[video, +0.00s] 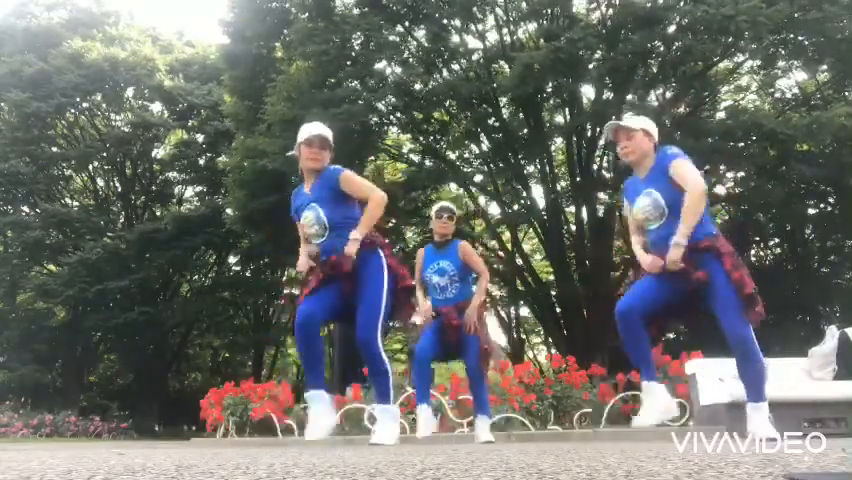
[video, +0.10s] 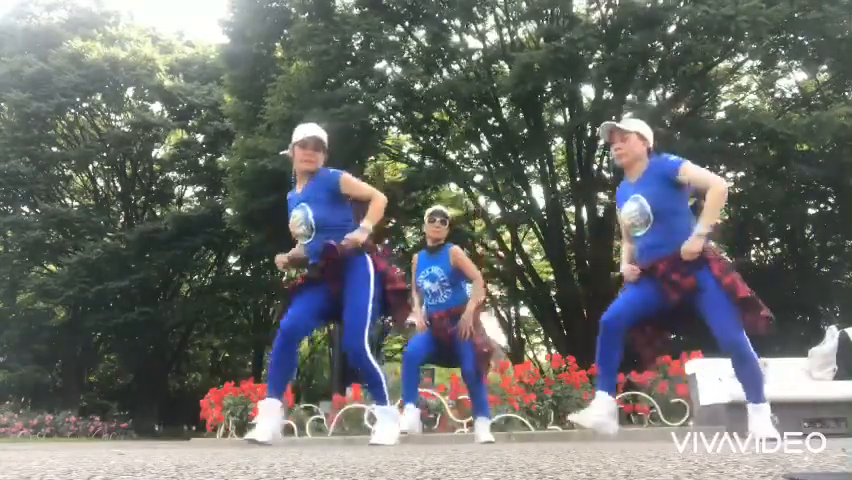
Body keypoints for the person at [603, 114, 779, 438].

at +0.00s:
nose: (623, 145)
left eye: (629, 137)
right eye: (618, 141)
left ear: (649, 138)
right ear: (617, 148)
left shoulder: (669, 158)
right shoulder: (630, 187)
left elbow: (697, 189)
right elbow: (635, 232)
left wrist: (679, 242)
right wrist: (642, 255)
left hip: (707, 260)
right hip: (668, 269)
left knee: (739, 333)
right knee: (626, 310)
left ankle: (758, 412)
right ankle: (655, 395)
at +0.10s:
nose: (615, 147)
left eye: (622, 139)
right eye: (612, 143)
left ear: (644, 142)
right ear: (611, 150)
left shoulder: (665, 166)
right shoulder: (622, 192)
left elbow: (717, 185)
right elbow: (627, 239)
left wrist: (700, 235)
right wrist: (626, 264)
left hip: (694, 267)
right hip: (652, 277)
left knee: (731, 338)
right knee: (611, 320)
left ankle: (760, 414)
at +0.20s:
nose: (611, 135)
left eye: (620, 128)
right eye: (609, 131)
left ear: (640, 138)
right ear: (607, 143)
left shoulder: (658, 166)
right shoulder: (605, 187)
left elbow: (705, 199)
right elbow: (607, 233)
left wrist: (704, 238)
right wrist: (606, 261)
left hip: (667, 266)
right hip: (627, 274)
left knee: (709, 340)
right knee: (591, 327)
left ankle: (757, 411)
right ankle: (587, 417)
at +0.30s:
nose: (611, 111)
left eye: (619, 106)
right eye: (608, 107)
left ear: (638, 116)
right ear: (604, 117)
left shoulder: (654, 150)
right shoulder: (586, 153)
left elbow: (685, 191)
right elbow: (566, 198)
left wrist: (660, 200)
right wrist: (593, 206)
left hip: (646, 245)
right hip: (603, 249)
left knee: (683, 319)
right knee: (584, 326)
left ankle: (728, 398)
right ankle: (586, 416)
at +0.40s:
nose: (617, 113)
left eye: (624, 108)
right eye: (611, 108)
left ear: (636, 115)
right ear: (602, 114)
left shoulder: (645, 145)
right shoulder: (591, 134)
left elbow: (664, 185)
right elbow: (589, 161)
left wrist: (642, 172)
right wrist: (632, 175)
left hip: (634, 234)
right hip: (594, 234)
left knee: (650, 302)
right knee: (581, 319)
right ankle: (571, 406)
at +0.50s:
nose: (624, 128)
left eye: (631, 123)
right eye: (617, 121)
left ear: (637, 129)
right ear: (603, 124)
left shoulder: (639, 158)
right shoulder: (593, 146)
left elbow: (658, 196)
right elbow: (620, 177)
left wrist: (664, 218)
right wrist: (658, 203)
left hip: (624, 251)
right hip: (589, 250)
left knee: (623, 324)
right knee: (577, 328)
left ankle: (608, 411)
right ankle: (563, 410)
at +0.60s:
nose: (643, 138)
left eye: (647, 134)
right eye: (635, 131)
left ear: (649, 142)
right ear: (614, 137)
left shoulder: (643, 176)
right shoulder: (603, 159)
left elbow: (658, 214)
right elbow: (619, 202)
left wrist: (671, 236)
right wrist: (653, 236)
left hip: (622, 261)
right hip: (587, 258)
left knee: (659, 316)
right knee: (580, 335)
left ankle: (624, 398)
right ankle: (563, 410)